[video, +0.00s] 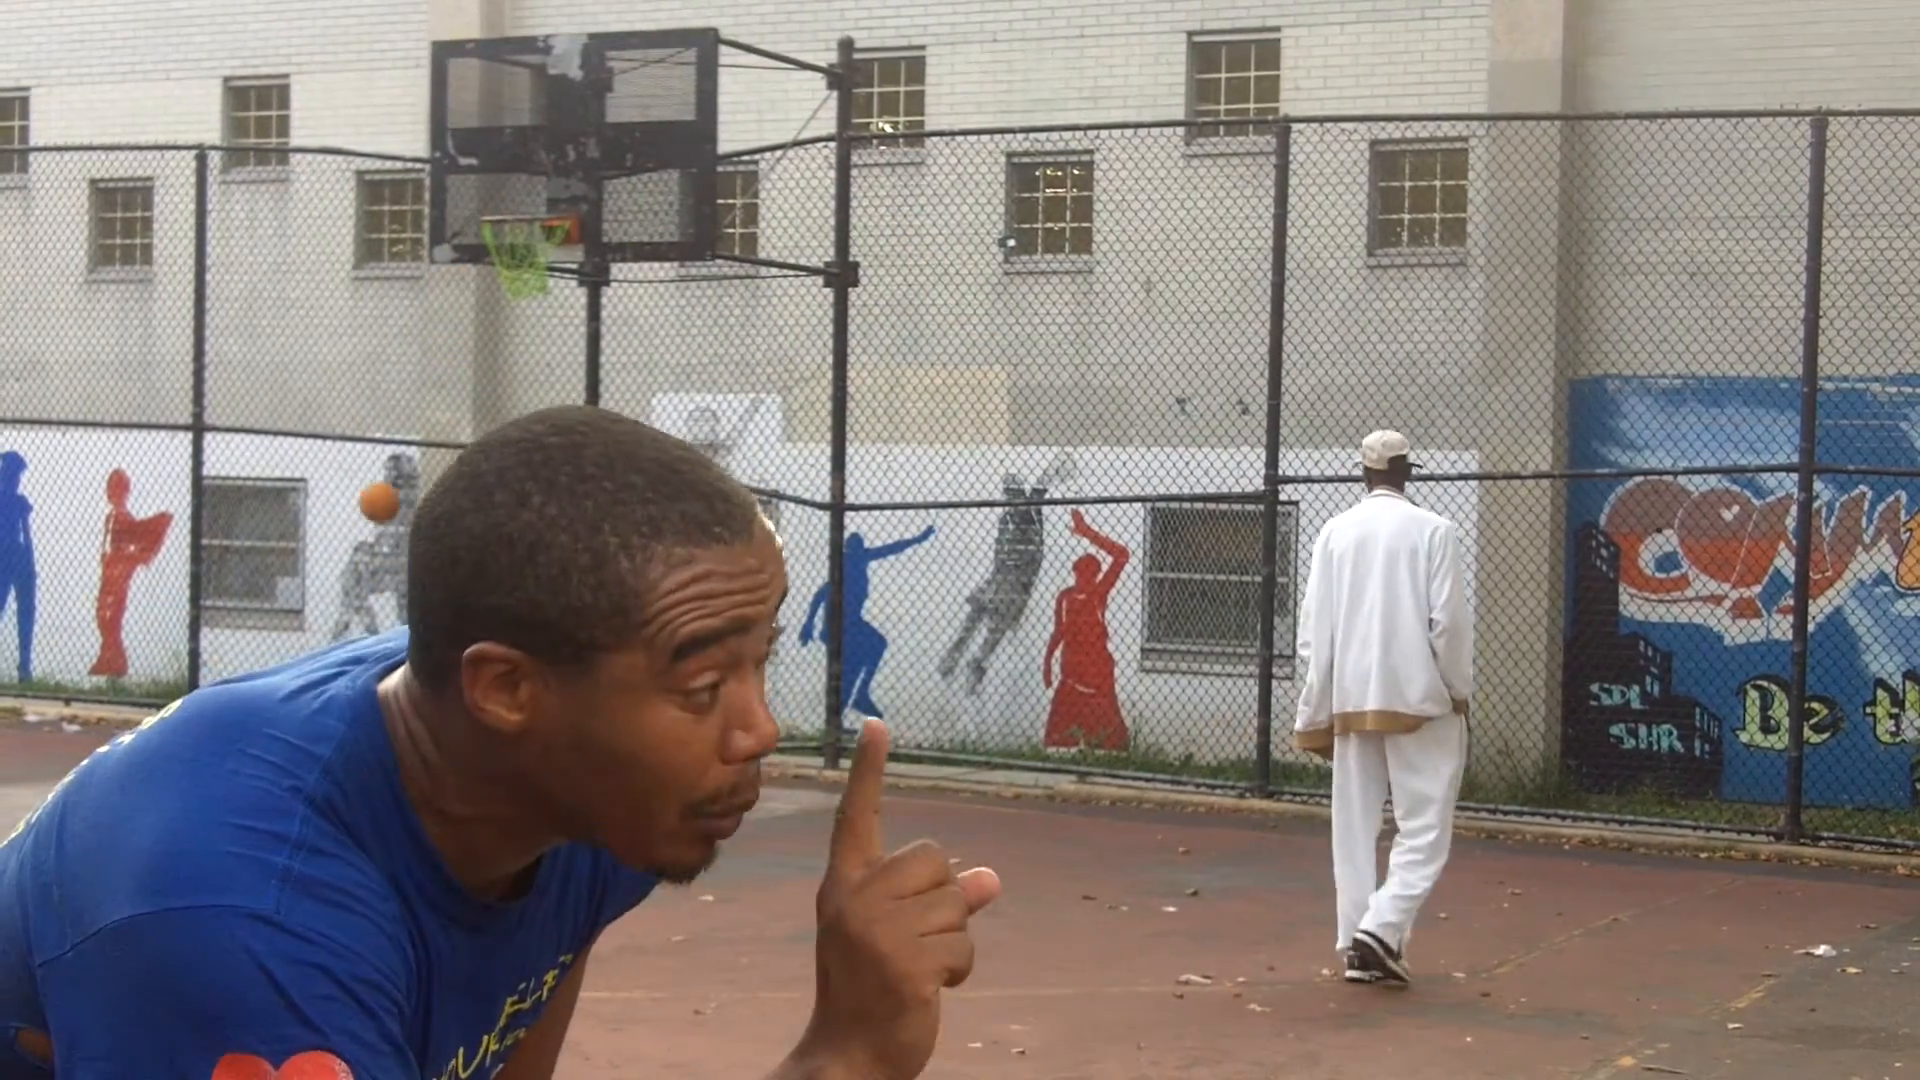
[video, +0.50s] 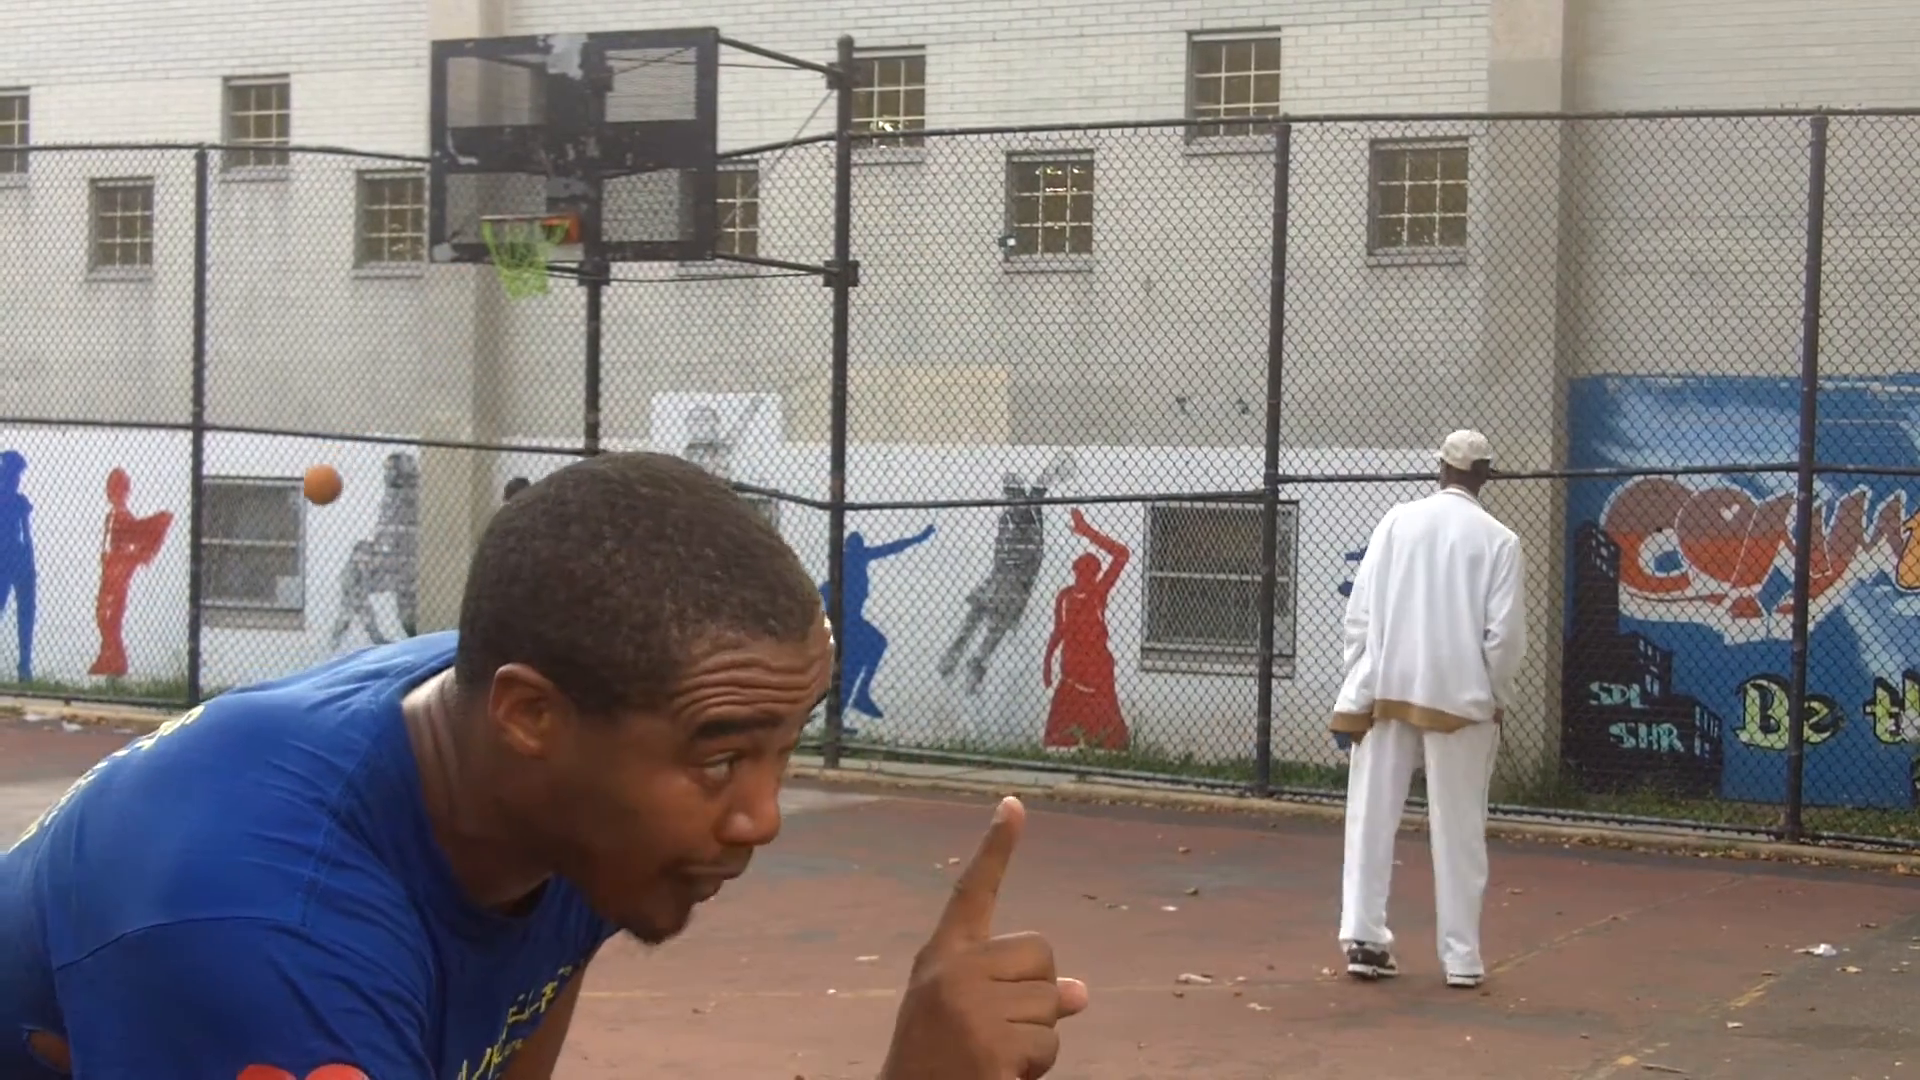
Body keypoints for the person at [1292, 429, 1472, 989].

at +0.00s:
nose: (1399, 477)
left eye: (1380, 470)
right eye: (1404, 470)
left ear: (1364, 476)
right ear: (1408, 474)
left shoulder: (1333, 532)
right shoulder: (1434, 530)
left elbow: (1312, 629)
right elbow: (1447, 623)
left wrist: (1316, 703)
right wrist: (1461, 692)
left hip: (1349, 695)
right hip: (1417, 694)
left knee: (1354, 822)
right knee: (1424, 826)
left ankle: (1358, 950)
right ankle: (1382, 930)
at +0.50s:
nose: (1470, 481)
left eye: (1454, 469)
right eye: (1480, 476)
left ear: (1439, 472)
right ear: (1484, 478)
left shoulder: (1395, 521)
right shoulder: (1498, 540)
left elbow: (1359, 615)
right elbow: (1504, 634)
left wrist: (1356, 687)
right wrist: (1494, 696)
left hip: (1385, 690)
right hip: (1459, 697)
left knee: (1369, 820)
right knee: (1460, 830)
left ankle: (1363, 939)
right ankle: (1461, 960)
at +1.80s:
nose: (1396, 478)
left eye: (1400, 469)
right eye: (1397, 469)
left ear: (1419, 471)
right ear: (1447, 473)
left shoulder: (1405, 527)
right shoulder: (1490, 531)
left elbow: (1394, 624)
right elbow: (1515, 621)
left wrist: (1379, 693)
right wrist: (1500, 690)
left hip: (1420, 699)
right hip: (1478, 699)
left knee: (1416, 826)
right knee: (1472, 823)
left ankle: (1432, 957)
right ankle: (1473, 955)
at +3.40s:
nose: (1423, 476)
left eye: (1427, 467)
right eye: (1424, 467)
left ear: (1437, 469)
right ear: (1473, 473)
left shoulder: (1427, 522)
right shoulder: (1504, 529)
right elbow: (1527, 617)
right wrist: (1514, 676)